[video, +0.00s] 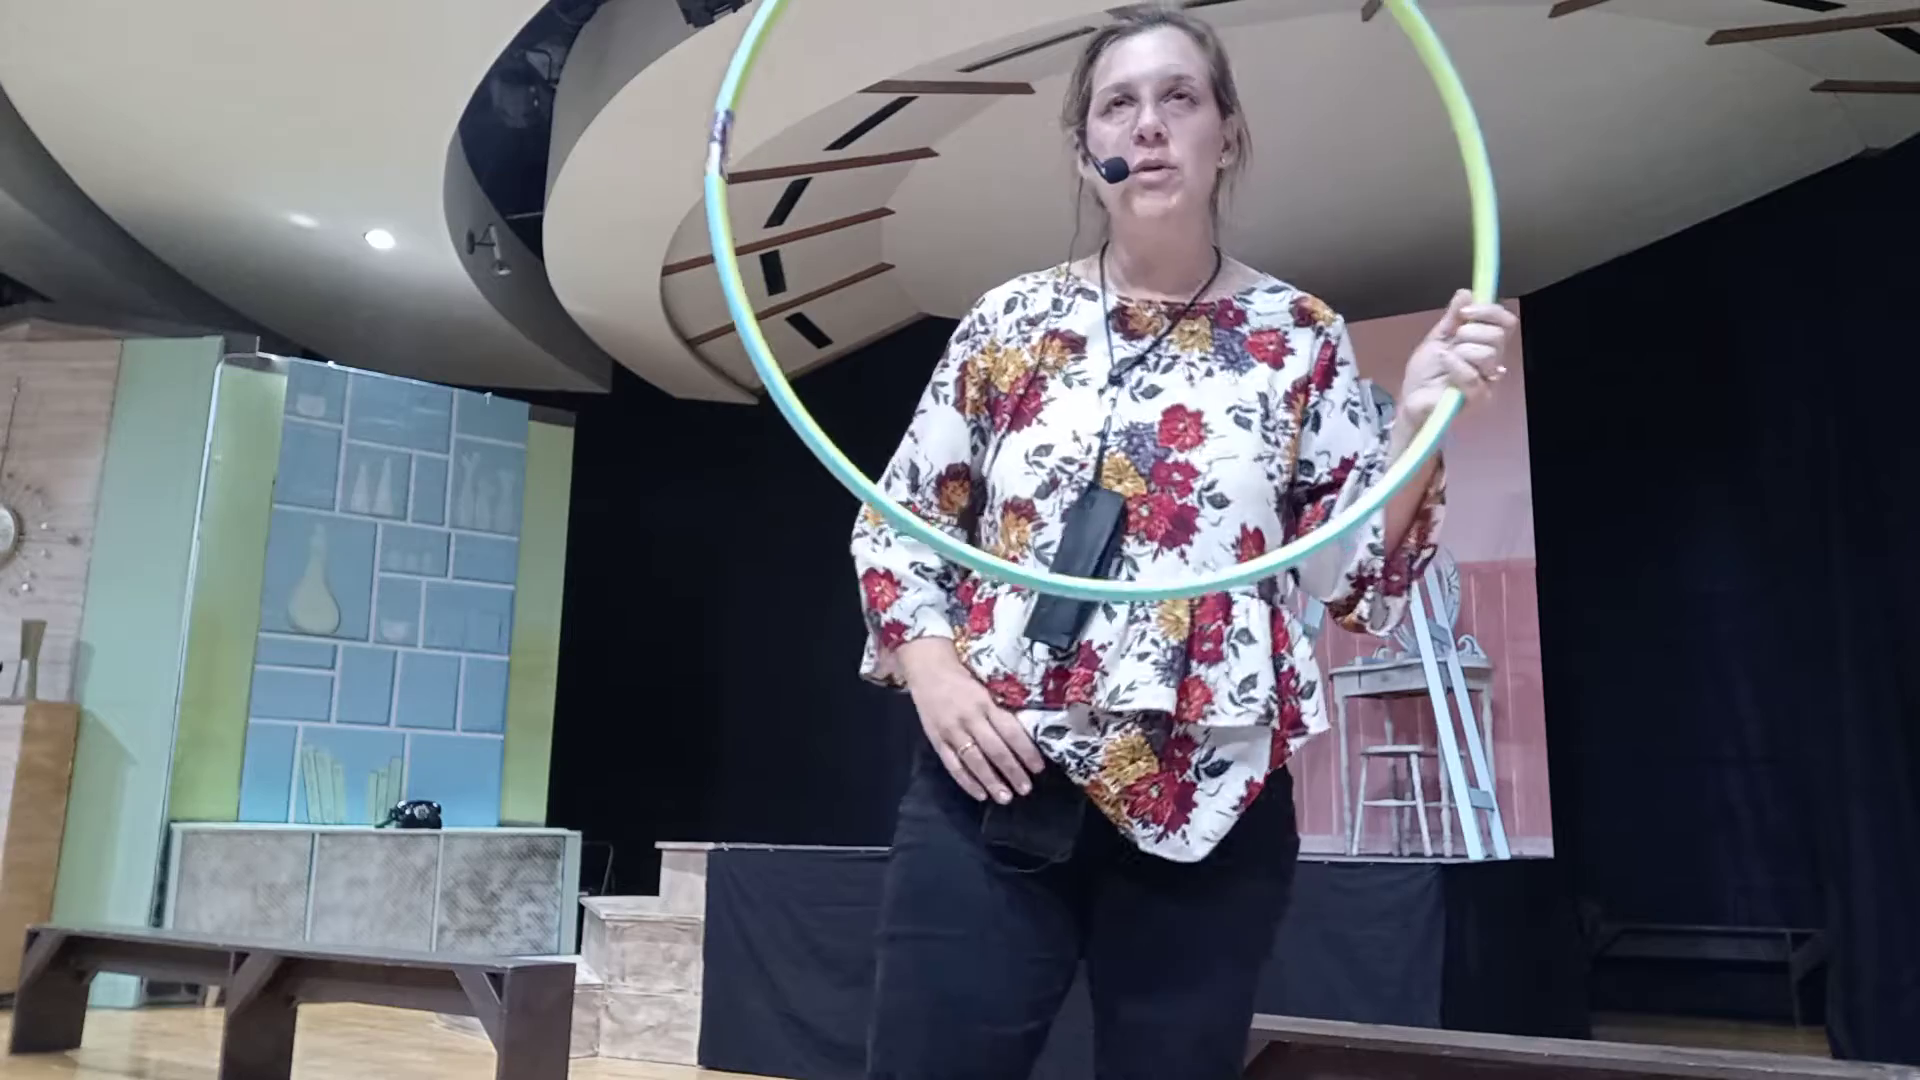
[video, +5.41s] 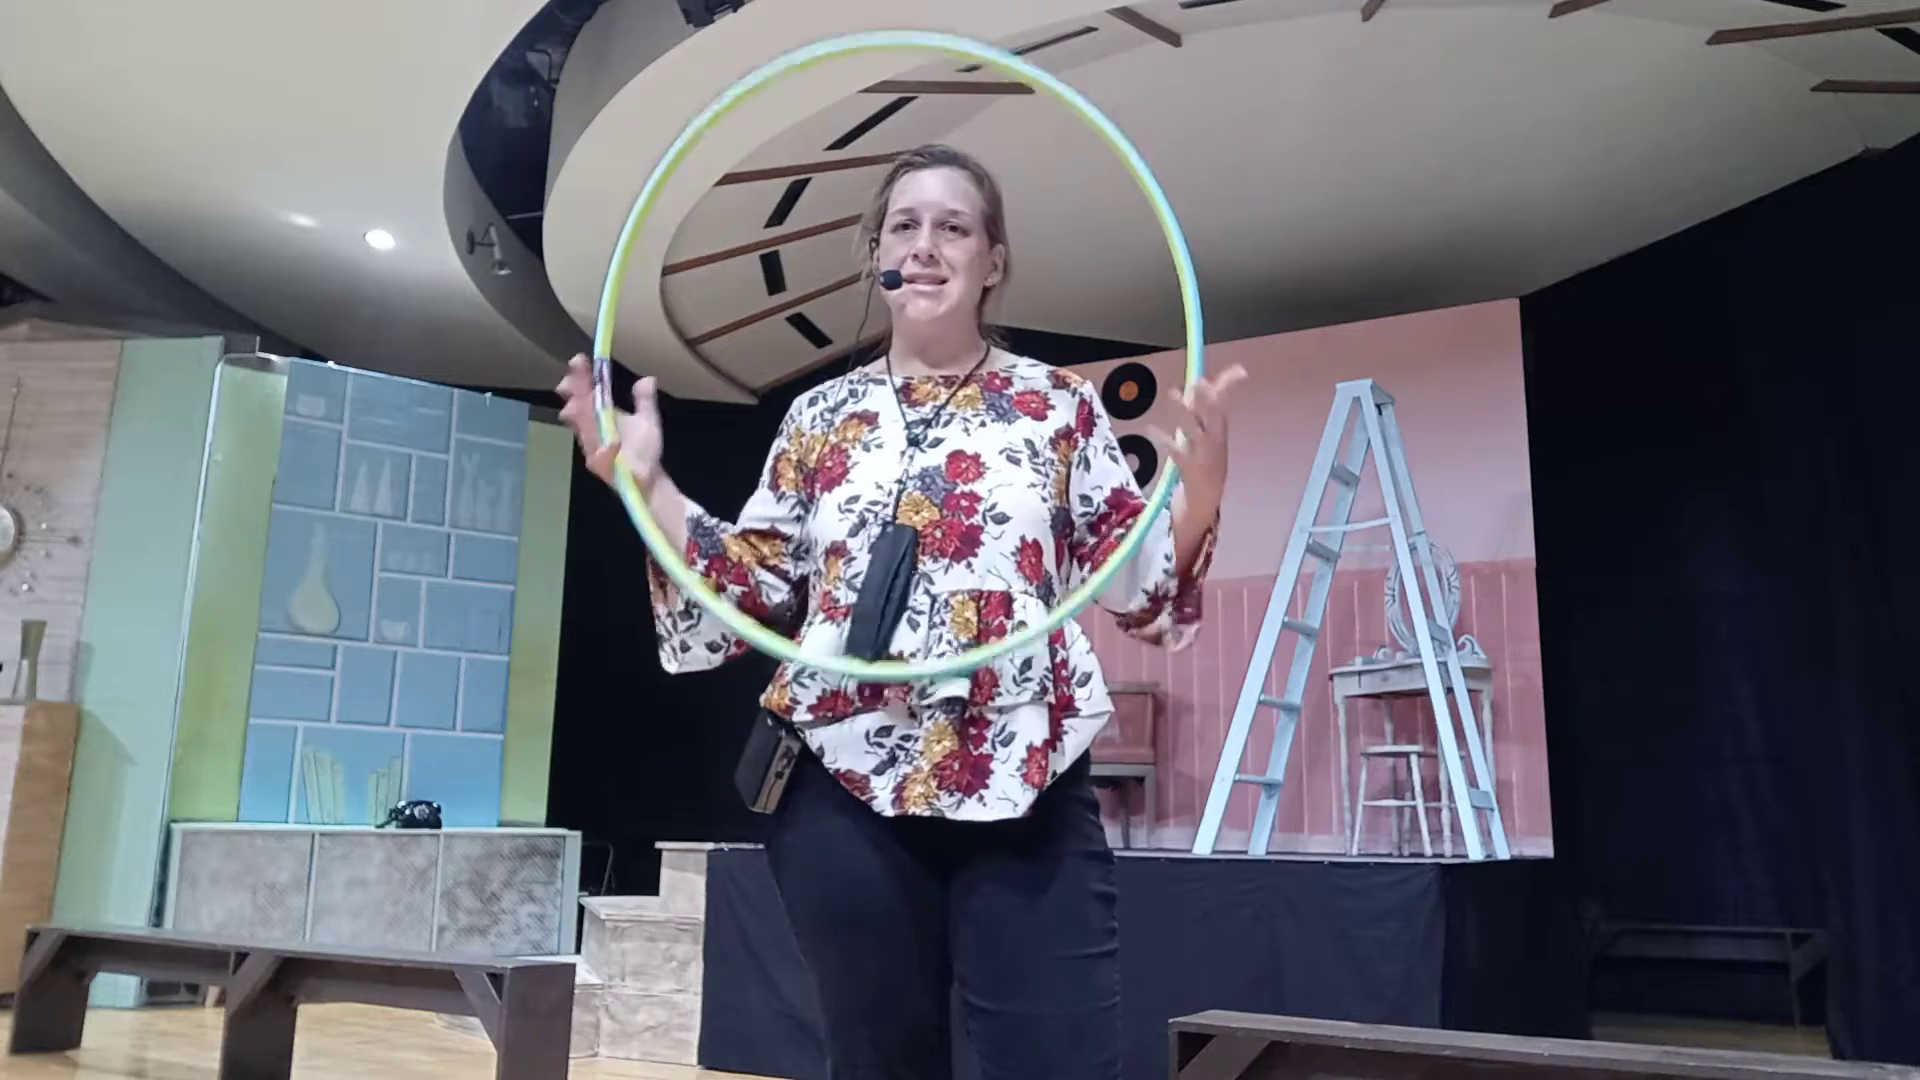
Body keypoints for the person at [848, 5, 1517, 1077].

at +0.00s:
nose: (1146, 124)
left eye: (1176, 98)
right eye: (1118, 105)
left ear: (1229, 135)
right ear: (1085, 148)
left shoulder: (1301, 337)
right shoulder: (1007, 323)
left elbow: (1352, 581)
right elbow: (896, 528)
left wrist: (1418, 417)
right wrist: (934, 675)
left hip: (1207, 821)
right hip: (988, 795)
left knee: (1172, 1065)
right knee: (924, 1062)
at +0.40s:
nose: (1045, 159)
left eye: (1075, 146)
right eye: (1018, 144)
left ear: (1109, 198)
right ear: (976, 193)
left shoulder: (1174, 358)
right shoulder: (903, 368)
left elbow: (1233, 581)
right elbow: (776, 543)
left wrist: (1284, 427)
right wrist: (822, 650)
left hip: (1130, 806)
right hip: (933, 797)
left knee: (1126, 1062)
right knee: (936, 1061)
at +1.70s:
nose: (1067, 264)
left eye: (1086, 243)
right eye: (1040, 240)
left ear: (1106, 265)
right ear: (988, 264)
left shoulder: (1157, 415)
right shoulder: (921, 409)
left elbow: (1207, 618)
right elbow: (853, 619)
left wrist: (1258, 490)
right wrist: (804, 482)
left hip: (1134, 804)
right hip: (956, 795)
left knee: (1121, 1064)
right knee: (959, 1060)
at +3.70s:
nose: (989, 254)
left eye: (1012, 232)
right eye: (966, 238)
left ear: (1057, 254)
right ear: (943, 270)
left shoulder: (1134, 398)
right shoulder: (899, 413)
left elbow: (1188, 606)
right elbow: (843, 604)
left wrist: (1243, 516)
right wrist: (730, 534)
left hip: (1101, 798)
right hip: (923, 795)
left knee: (1098, 1062)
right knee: (931, 1060)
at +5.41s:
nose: (923, 245)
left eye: (952, 228)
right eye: (903, 227)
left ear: (995, 264)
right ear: (876, 259)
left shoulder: (1061, 408)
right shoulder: (817, 418)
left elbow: (1146, 595)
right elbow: (761, 594)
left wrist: (1202, 473)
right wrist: (646, 481)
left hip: (1027, 804)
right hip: (844, 800)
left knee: (1054, 1061)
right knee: (879, 1060)